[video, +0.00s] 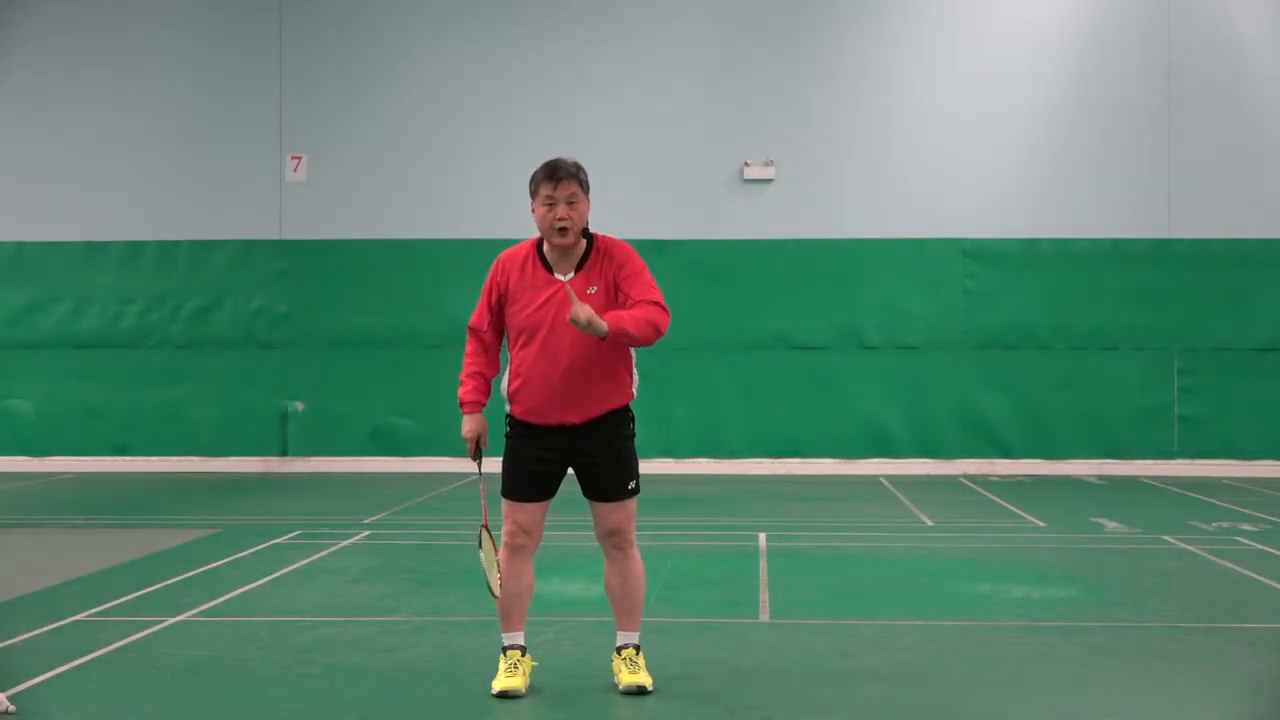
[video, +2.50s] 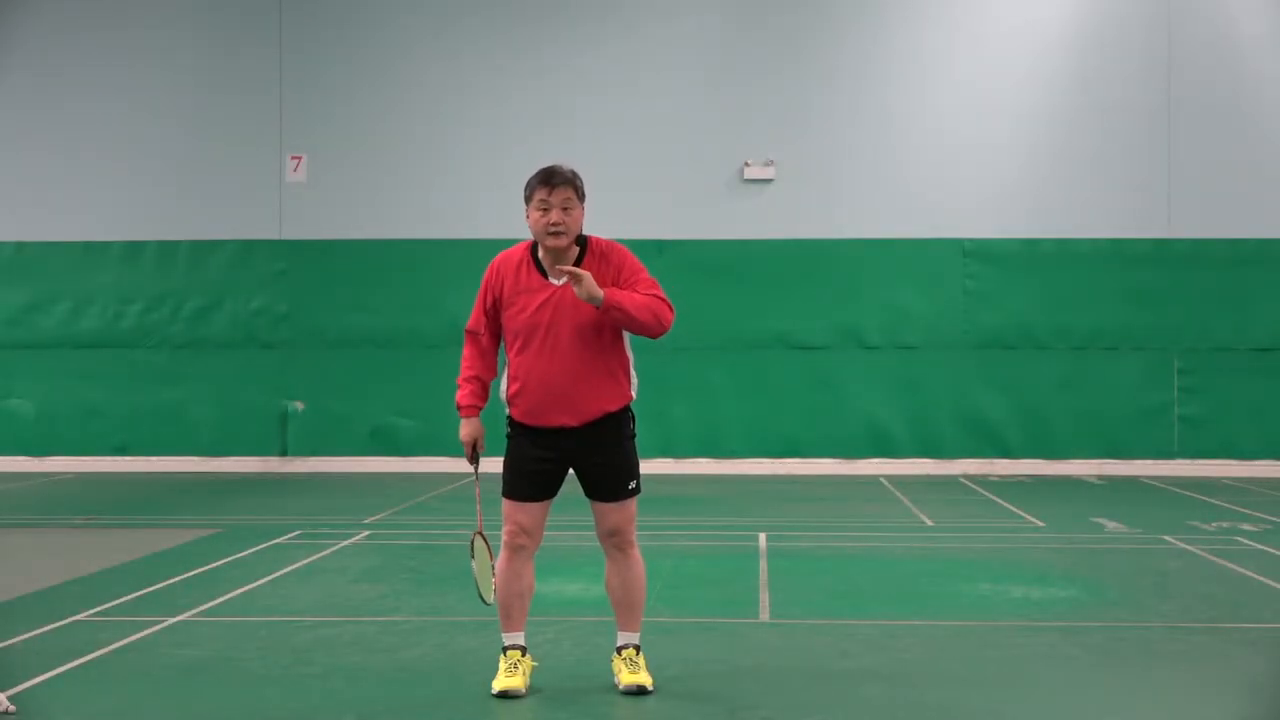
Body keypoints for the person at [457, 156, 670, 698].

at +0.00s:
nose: (561, 213)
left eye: (571, 202)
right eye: (550, 203)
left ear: (587, 207)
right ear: (534, 210)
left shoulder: (616, 257)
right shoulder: (509, 266)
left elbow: (654, 318)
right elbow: (482, 336)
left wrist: (606, 324)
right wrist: (473, 408)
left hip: (605, 424)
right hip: (532, 427)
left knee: (619, 536)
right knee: (517, 537)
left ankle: (629, 650)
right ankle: (512, 652)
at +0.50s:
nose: (564, 207)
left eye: (575, 196)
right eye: (553, 198)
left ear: (592, 201)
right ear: (538, 206)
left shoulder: (622, 258)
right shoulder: (512, 265)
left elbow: (664, 324)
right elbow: (485, 335)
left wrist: (618, 334)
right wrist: (474, 407)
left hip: (607, 423)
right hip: (533, 426)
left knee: (619, 537)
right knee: (518, 537)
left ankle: (629, 649)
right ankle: (513, 652)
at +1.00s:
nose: (565, 220)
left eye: (575, 209)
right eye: (554, 211)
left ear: (592, 212)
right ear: (538, 217)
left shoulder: (623, 265)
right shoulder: (512, 272)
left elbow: (663, 330)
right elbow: (485, 342)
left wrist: (624, 350)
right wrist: (477, 414)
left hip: (609, 427)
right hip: (535, 429)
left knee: (621, 537)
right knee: (519, 538)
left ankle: (629, 649)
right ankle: (514, 651)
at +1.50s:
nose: (568, 205)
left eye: (578, 195)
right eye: (557, 196)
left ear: (594, 199)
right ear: (541, 204)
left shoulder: (624, 254)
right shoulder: (514, 261)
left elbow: (663, 317)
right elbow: (486, 330)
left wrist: (614, 286)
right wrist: (471, 401)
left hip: (607, 420)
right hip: (533, 423)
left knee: (619, 536)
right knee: (518, 538)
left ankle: (629, 650)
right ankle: (513, 652)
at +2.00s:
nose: (561, 210)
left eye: (571, 199)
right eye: (550, 201)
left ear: (588, 204)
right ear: (535, 208)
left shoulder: (616, 252)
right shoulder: (510, 264)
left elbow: (662, 308)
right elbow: (485, 335)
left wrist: (605, 278)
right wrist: (474, 407)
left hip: (607, 421)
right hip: (535, 425)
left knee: (620, 537)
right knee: (519, 538)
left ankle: (629, 650)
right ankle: (513, 652)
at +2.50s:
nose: (555, 218)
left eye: (565, 207)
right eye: (543, 208)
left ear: (582, 212)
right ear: (528, 215)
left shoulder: (611, 258)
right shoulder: (504, 269)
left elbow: (659, 317)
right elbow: (480, 339)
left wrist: (603, 298)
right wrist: (470, 411)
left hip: (605, 425)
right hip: (532, 428)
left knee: (619, 537)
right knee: (517, 537)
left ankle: (629, 650)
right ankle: (513, 651)